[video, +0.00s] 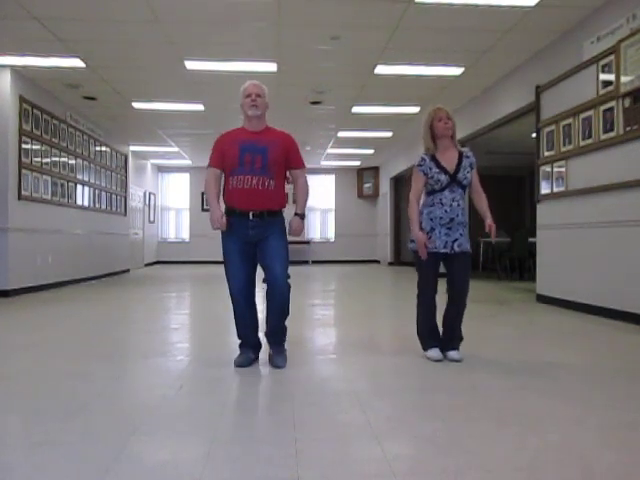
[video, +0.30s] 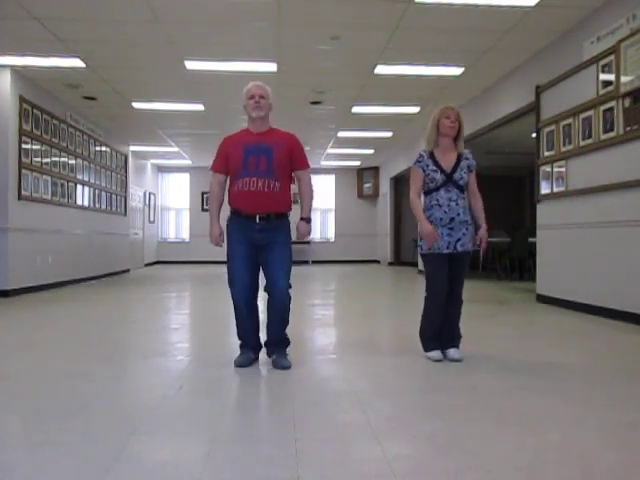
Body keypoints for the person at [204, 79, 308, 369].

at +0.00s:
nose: (254, 99)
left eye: (259, 95)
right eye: (248, 95)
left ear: (267, 103)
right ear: (240, 104)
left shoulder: (284, 140)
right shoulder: (225, 140)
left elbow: (299, 178)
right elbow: (212, 177)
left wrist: (299, 214)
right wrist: (214, 208)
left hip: (272, 221)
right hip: (235, 221)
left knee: (279, 280)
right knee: (239, 288)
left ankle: (277, 343)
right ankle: (248, 346)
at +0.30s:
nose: (257, 101)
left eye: (262, 96)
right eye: (251, 97)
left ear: (271, 104)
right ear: (244, 106)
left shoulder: (288, 141)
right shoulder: (230, 143)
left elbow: (303, 179)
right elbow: (217, 183)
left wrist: (305, 216)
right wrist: (214, 221)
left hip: (277, 225)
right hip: (240, 224)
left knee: (280, 289)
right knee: (241, 290)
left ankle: (278, 348)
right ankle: (248, 348)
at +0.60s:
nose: (266, 98)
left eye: (271, 94)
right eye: (260, 95)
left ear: (279, 103)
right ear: (251, 105)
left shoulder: (296, 139)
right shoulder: (237, 142)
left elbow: (309, 177)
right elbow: (225, 182)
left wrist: (295, 202)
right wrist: (228, 219)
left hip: (289, 223)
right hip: (254, 222)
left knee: (286, 289)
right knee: (255, 286)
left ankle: (277, 348)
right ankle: (251, 341)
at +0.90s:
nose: (270, 98)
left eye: (275, 94)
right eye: (264, 94)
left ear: (283, 101)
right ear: (255, 102)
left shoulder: (299, 139)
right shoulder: (240, 140)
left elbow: (309, 176)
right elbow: (228, 182)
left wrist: (302, 204)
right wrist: (231, 219)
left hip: (293, 220)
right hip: (259, 219)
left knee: (291, 287)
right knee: (267, 284)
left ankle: (278, 347)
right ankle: (258, 347)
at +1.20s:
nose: (271, 97)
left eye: (276, 93)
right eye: (265, 94)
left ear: (286, 101)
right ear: (257, 103)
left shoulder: (304, 138)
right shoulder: (244, 141)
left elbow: (319, 179)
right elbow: (232, 180)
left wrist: (322, 216)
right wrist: (229, 215)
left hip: (290, 224)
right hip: (253, 222)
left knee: (284, 291)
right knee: (239, 286)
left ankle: (276, 348)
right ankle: (252, 348)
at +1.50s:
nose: (271, 98)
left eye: (276, 93)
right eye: (265, 94)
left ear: (286, 101)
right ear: (258, 102)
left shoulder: (302, 138)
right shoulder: (244, 139)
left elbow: (316, 179)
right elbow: (231, 179)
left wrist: (319, 215)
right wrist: (233, 215)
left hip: (292, 222)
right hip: (255, 221)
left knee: (287, 288)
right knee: (251, 285)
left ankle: (277, 347)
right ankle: (255, 348)